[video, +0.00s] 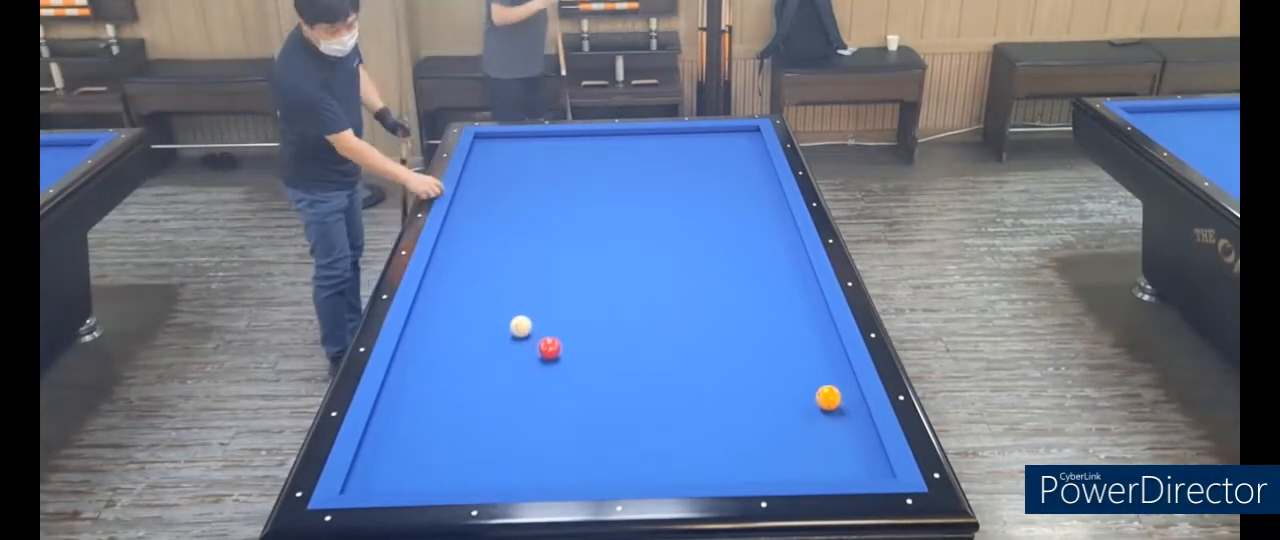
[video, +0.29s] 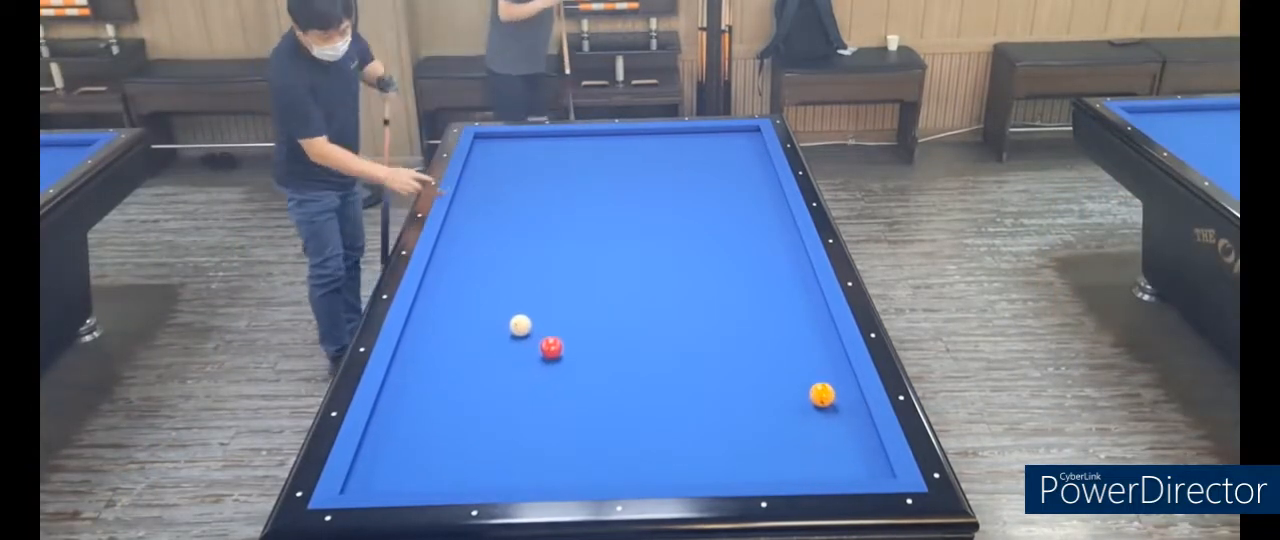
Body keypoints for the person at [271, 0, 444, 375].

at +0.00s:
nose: (344, 37)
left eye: (349, 26)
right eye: (332, 31)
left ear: (355, 14)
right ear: (307, 26)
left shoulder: (342, 37)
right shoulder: (297, 74)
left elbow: (356, 74)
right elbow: (347, 146)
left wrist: (383, 113)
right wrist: (408, 177)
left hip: (346, 177)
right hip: (316, 187)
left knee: (351, 257)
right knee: (332, 268)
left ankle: (354, 328)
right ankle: (338, 353)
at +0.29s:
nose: (338, 45)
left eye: (343, 34)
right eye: (326, 40)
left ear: (348, 18)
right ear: (300, 31)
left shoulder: (349, 36)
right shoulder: (288, 68)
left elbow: (366, 65)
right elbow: (316, 148)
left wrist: (381, 78)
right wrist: (385, 174)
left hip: (346, 177)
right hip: (309, 185)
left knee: (351, 258)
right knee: (327, 267)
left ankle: (353, 331)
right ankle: (338, 352)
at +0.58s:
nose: (313, 46)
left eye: (317, 36)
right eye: (301, 42)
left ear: (323, 19)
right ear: (276, 35)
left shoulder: (347, 36)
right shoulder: (255, 65)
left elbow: (401, 79)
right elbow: (234, 140)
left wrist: (391, 76)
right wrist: (278, 194)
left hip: (351, 182)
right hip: (300, 193)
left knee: (363, 262)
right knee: (313, 275)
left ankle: (351, 333)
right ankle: (333, 352)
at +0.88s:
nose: (314, 85)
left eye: (319, 75)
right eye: (302, 81)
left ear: (324, 59)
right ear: (275, 73)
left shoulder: (350, 78)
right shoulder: (249, 81)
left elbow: (394, 130)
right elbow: (225, 123)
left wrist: (402, 176)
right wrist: (252, 173)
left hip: (359, 188)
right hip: (300, 194)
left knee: (383, 269)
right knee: (309, 276)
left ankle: (414, 341)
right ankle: (332, 353)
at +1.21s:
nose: (348, 159)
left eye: (355, 150)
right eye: (338, 152)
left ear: (366, 131)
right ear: (317, 136)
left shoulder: (382, 130)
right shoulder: (297, 105)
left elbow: (420, 192)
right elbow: (262, 97)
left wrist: (440, 252)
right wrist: (274, 157)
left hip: (385, 192)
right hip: (329, 189)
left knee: (395, 269)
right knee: (320, 266)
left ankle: (405, 349)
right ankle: (331, 345)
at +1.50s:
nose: (372, 194)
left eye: (380, 186)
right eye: (363, 188)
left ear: (393, 165)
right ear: (343, 170)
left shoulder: (405, 161)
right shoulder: (322, 128)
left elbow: (438, 216)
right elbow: (282, 100)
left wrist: (461, 271)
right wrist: (283, 153)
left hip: (395, 192)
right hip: (339, 186)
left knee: (396, 258)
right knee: (334, 255)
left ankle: (399, 327)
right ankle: (337, 323)